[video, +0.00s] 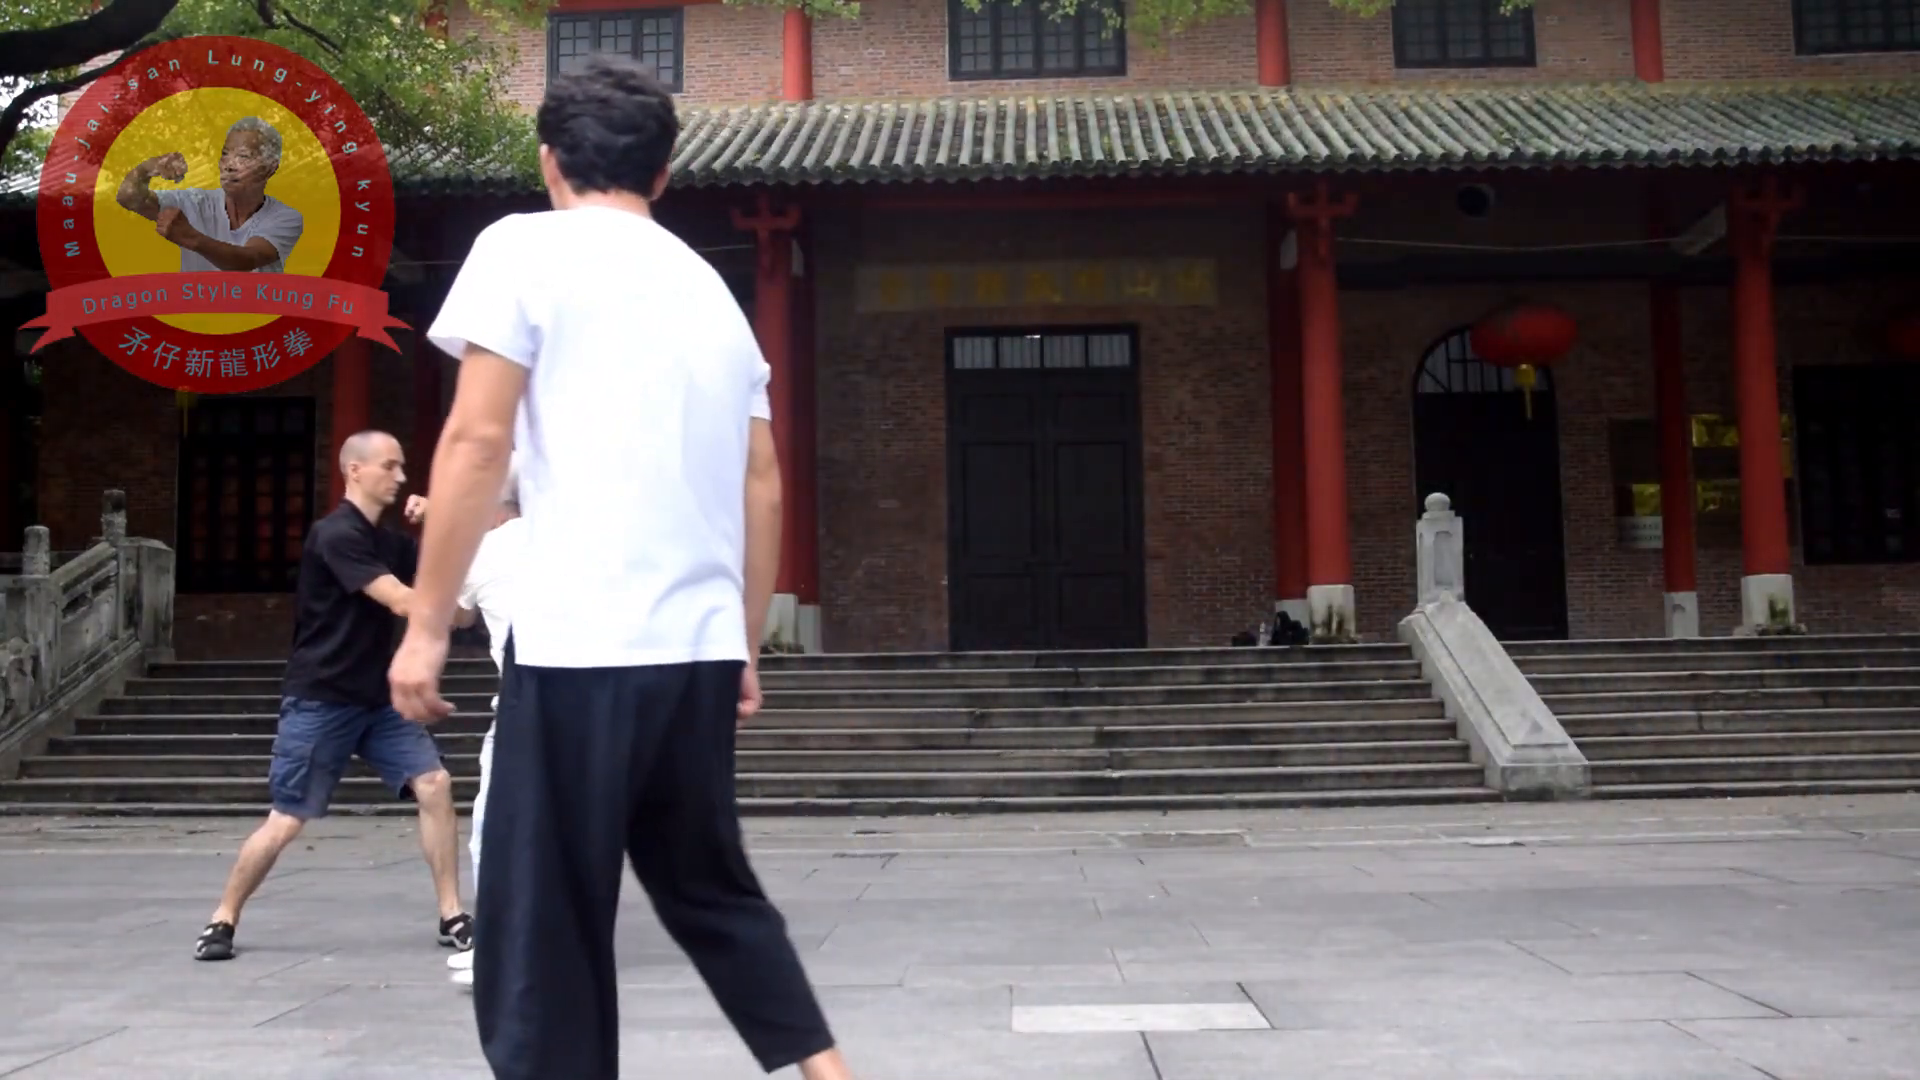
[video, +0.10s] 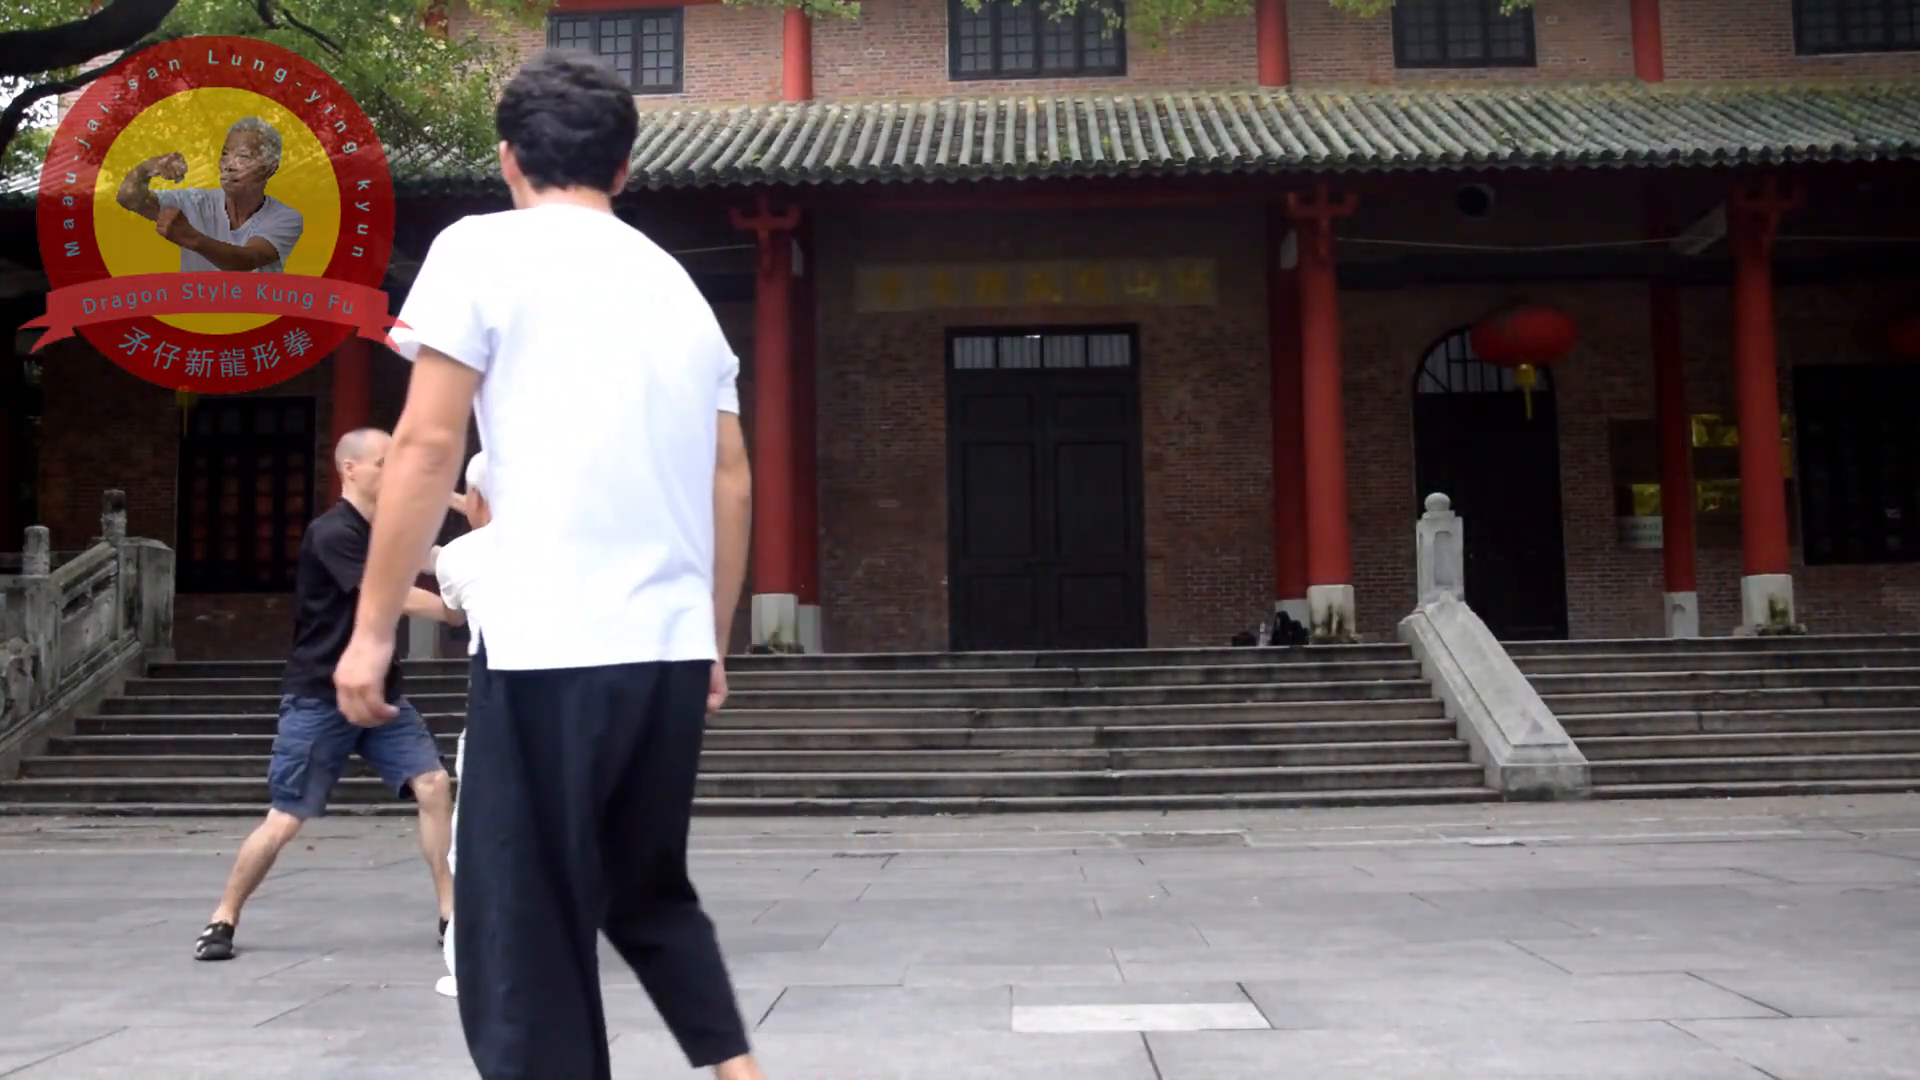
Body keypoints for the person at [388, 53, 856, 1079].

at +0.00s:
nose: (539, 165)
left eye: (540, 153)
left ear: (553, 161)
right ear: (661, 176)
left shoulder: (524, 247)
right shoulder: (713, 291)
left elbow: (481, 441)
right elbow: (764, 480)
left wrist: (428, 623)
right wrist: (745, 639)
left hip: (574, 656)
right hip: (701, 653)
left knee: (544, 916)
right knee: (710, 883)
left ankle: (553, 1074)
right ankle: (821, 1064)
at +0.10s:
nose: (499, 164)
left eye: (500, 152)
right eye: (507, 151)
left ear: (512, 160)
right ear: (620, 169)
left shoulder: (483, 247)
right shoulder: (679, 288)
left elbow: (427, 446)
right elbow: (731, 476)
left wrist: (372, 628)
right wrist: (714, 636)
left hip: (548, 656)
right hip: (672, 651)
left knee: (522, 924)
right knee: (648, 887)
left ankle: (549, 1076)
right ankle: (735, 1064)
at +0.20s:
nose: (468, 169)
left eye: (468, 156)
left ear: (480, 163)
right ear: (590, 168)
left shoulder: (450, 251)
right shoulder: (652, 288)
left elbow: (394, 450)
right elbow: (707, 475)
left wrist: (336, 633)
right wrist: (697, 634)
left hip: (520, 656)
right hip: (647, 656)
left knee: (507, 932)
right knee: (610, 919)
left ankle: (537, 1074)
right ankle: (618, 1073)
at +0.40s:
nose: (420, 184)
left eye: (420, 171)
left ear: (427, 175)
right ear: (538, 179)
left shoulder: (410, 260)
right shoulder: (601, 303)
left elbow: (349, 453)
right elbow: (658, 480)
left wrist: (302, 643)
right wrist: (665, 644)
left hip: (464, 662)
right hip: (587, 661)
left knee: (486, 939)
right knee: (518, 924)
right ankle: (474, 1068)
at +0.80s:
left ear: (343, 195)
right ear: (453, 218)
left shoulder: (310, 284)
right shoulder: (492, 338)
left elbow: (258, 448)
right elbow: (530, 508)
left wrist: (206, 622)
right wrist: (511, 660)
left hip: (350, 659)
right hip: (466, 662)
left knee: (363, 919)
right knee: (417, 914)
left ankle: (472, 1075)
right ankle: (384, 1071)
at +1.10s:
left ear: (322, 221)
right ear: (415, 242)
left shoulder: (260, 297)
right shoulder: (448, 351)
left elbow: (207, 450)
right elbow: (486, 521)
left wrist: (157, 608)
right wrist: (460, 661)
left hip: (296, 656)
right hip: (421, 666)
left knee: (237, 886)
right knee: (391, 903)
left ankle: (355, 1066)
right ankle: (390, 1074)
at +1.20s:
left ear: (314, 224)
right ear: (400, 243)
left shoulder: (245, 300)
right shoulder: (436, 351)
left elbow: (196, 458)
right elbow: (478, 525)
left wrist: (154, 607)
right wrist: (455, 666)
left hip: (279, 657)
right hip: (410, 667)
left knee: (208, 897)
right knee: (383, 919)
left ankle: (255, 1070)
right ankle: (378, 1071)